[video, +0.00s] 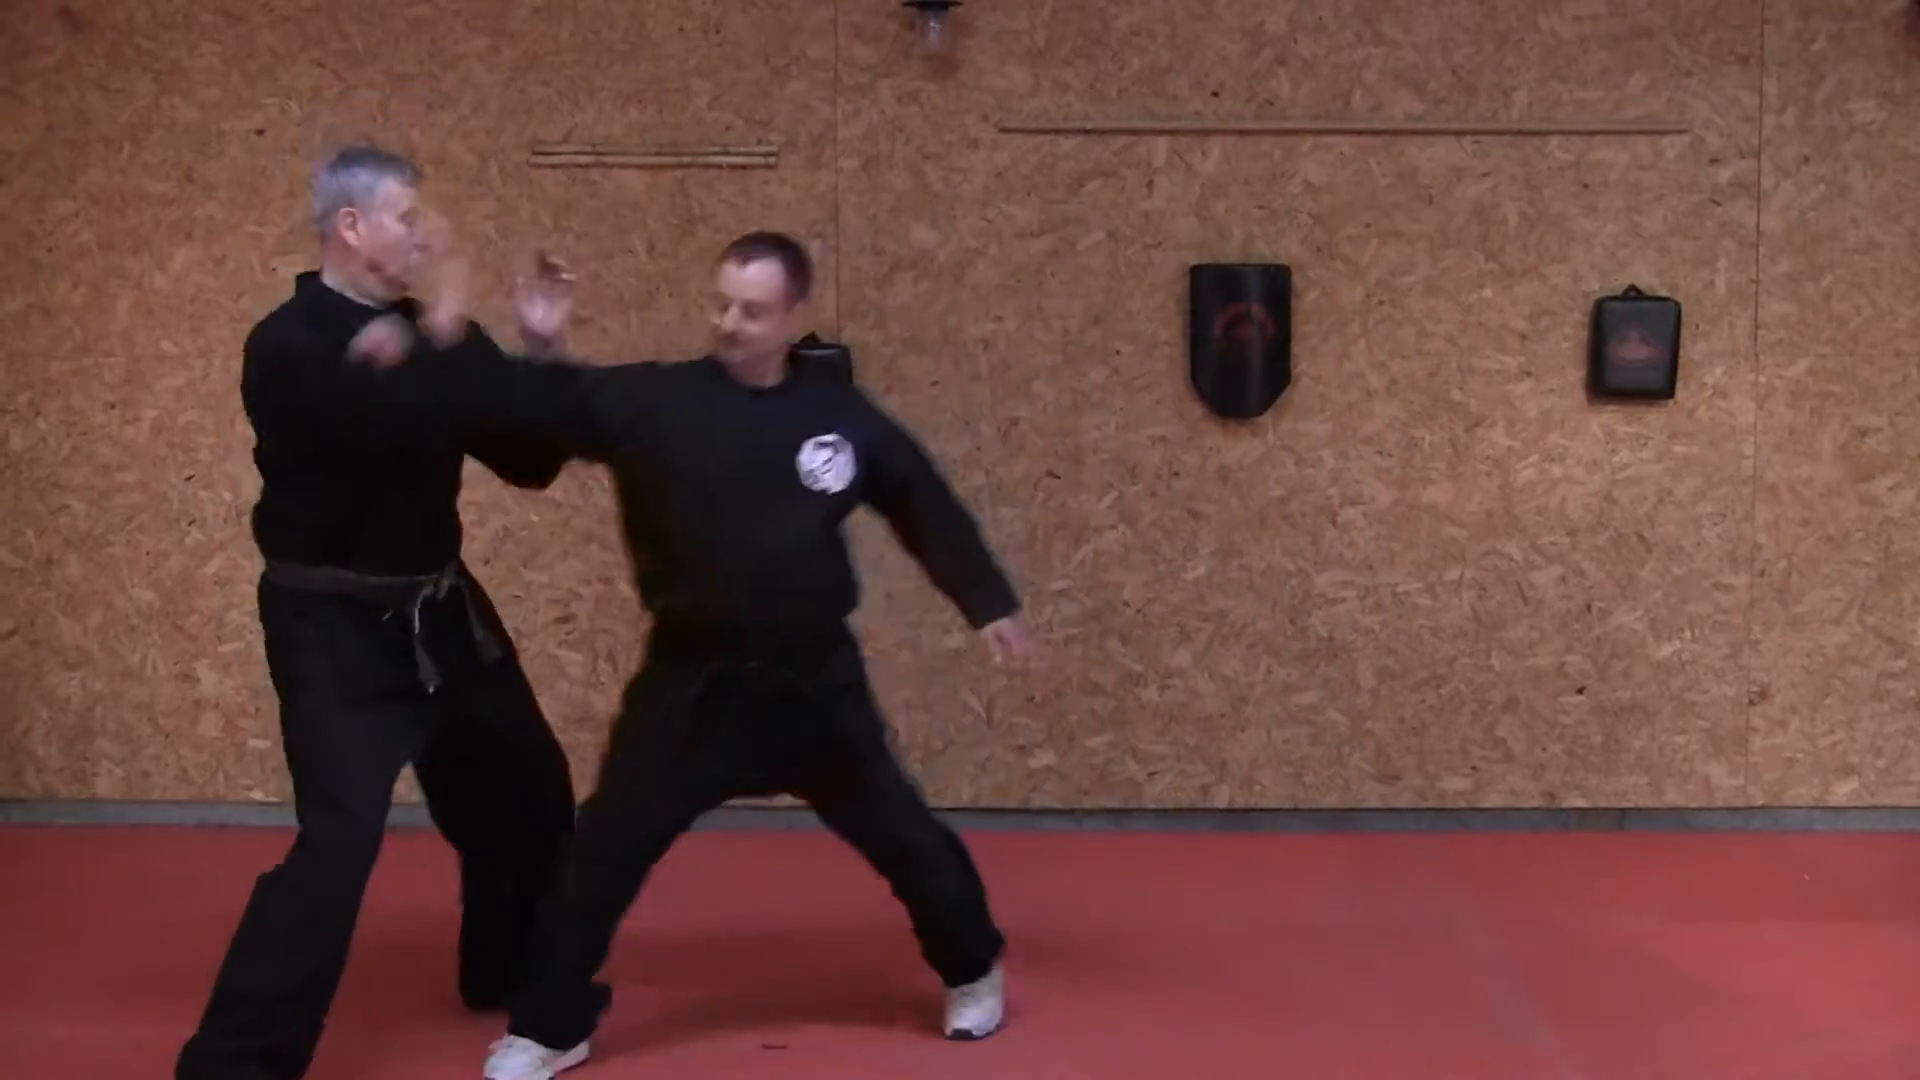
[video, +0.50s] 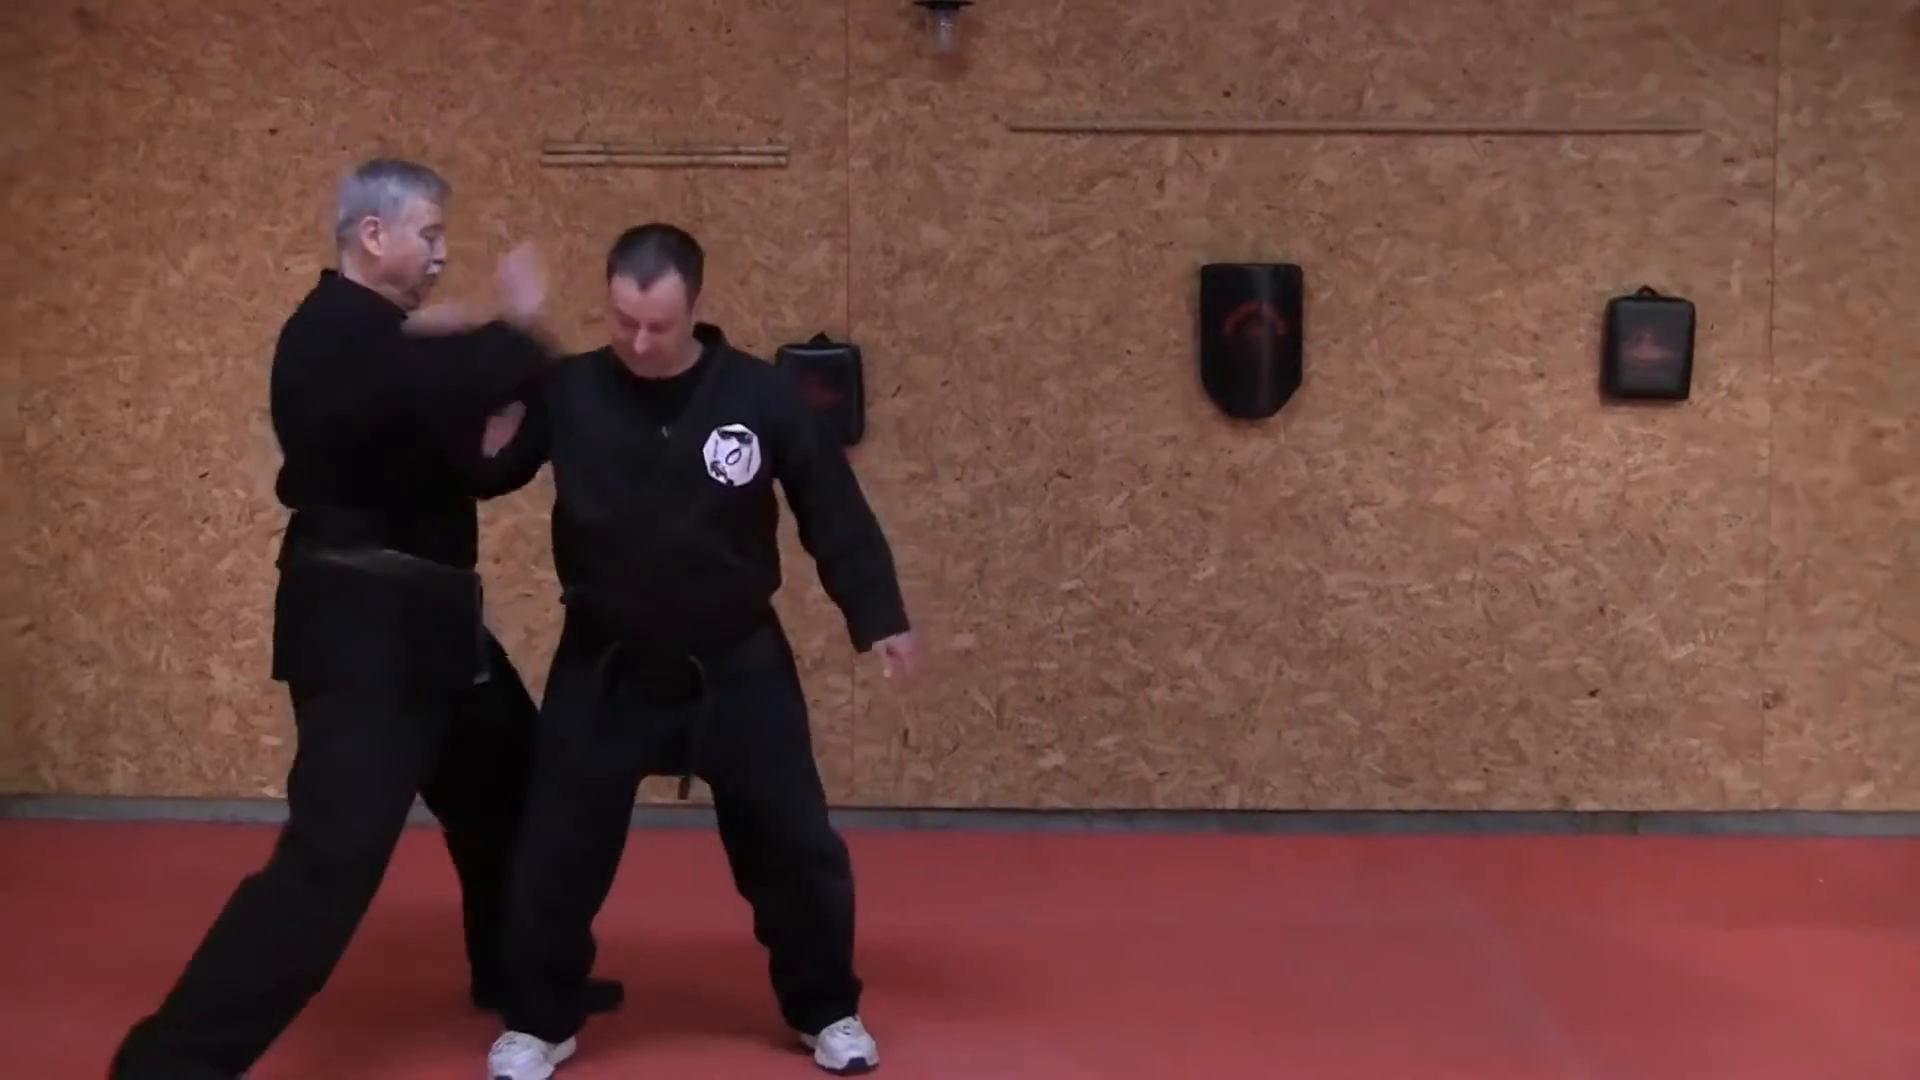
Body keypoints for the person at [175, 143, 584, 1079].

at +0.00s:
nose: (424, 236)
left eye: (422, 218)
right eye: (406, 219)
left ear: (372, 229)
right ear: (351, 228)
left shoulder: (431, 337)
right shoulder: (286, 346)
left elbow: (528, 462)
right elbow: (382, 420)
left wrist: (540, 352)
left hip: (441, 606)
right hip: (331, 617)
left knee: (527, 793)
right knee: (340, 838)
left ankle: (506, 974)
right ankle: (232, 1064)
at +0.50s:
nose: (442, 253)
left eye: (443, 236)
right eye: (429, 234)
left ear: (375, 240)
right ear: (369, 235)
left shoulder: (394, 339)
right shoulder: (334, 330)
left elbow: (470, 466)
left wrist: (500, 430)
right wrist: (513, 329)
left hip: (427, 617)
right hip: (360, 618)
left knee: (512, 784)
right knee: (331, 862)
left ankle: (521, 978)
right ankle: (170, 1060)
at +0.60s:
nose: (429, 249)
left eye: (427, 235)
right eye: (414, 234)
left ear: (360, 241)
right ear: (358, 238)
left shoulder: (375, 336)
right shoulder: (356, 309)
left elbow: (453, 478)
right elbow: (509, 298)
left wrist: (519, 406)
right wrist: (650, 277)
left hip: (437, 609)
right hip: (373, 610)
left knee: (509, 777)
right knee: (327, 840)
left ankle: (515, 970)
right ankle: (165, 1056)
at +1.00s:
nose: (538, 237)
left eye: (538, 222)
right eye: (525, 220)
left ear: (472, 219)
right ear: (466, 217)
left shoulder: (491, 302)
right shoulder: (432, 280)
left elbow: (560, 431)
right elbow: (567, 319)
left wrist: (588, 315)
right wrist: (699, 303)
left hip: (489, 607)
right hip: (419, 602)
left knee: (590, 762)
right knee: (358, 848)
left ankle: (528, 992)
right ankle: (230, 1061)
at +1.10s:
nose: (585, 233)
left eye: (590, 218)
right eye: (574, 215)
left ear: (527, 207)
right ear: (517, 202)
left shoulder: (515, 285)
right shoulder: (483, 272)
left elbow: (557, 445)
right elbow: (580, 352)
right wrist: (708, 339)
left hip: (512, 577)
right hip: (462, 574)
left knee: (592, 764)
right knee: (473, 792)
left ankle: (550, 1002)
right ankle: (315, 1002)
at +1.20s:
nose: (646, 262)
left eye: (655, 244)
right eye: (643, 237)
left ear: (600, 221)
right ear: (591, 210)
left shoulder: (579, 305)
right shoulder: (522, 271)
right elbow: (570, 380)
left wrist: (617, 446)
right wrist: (690, 370)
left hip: (536, 540)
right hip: (493, 534)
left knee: (569, 763)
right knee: (656, 667)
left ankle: (576, 1003)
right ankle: (485, 814)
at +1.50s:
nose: (746, 299)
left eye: (754, 280)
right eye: (747, 275)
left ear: (689, 245)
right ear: (702, 249)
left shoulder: (620, 308)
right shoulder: (628, 293)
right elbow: (617, 392)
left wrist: (675, 482)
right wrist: (751, 406)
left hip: (538, 560)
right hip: (559, 557)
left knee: (628, 773)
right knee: (678, 754)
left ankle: (641, 1009)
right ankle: (463, 903)